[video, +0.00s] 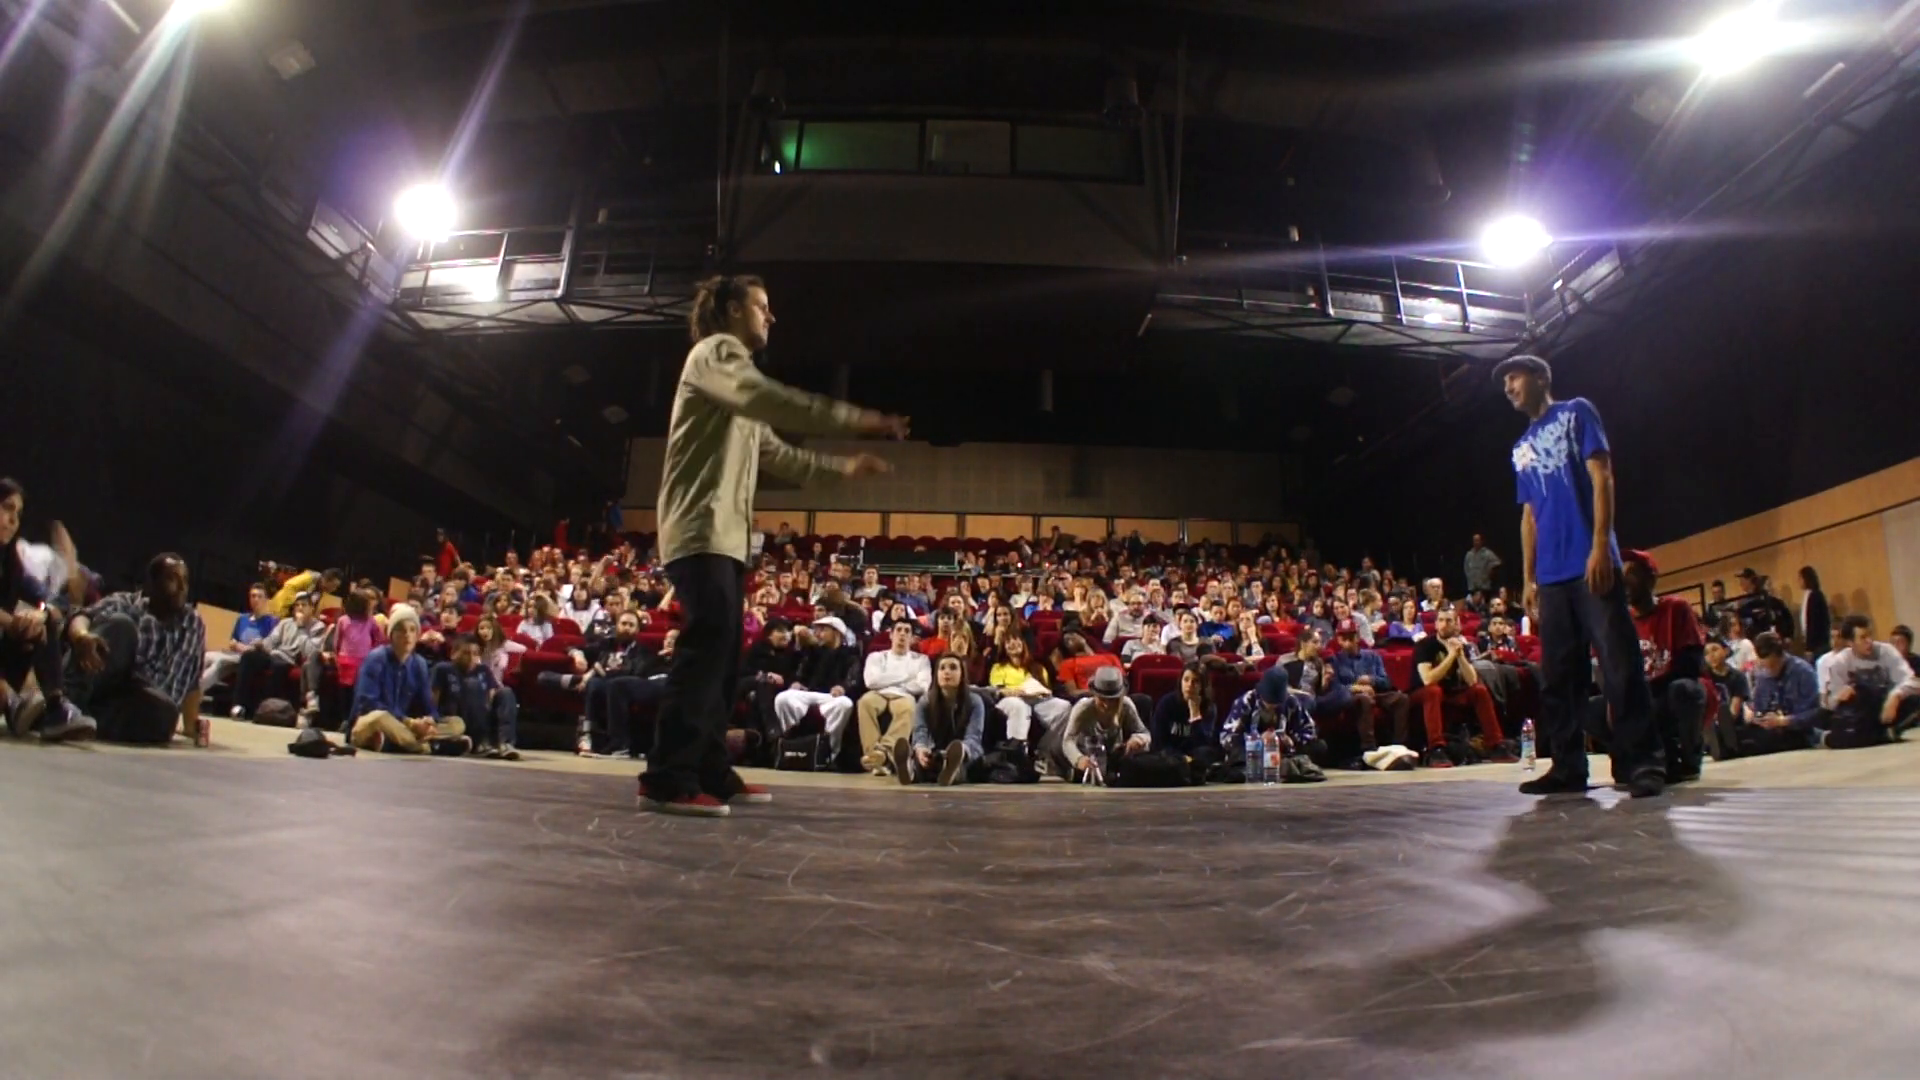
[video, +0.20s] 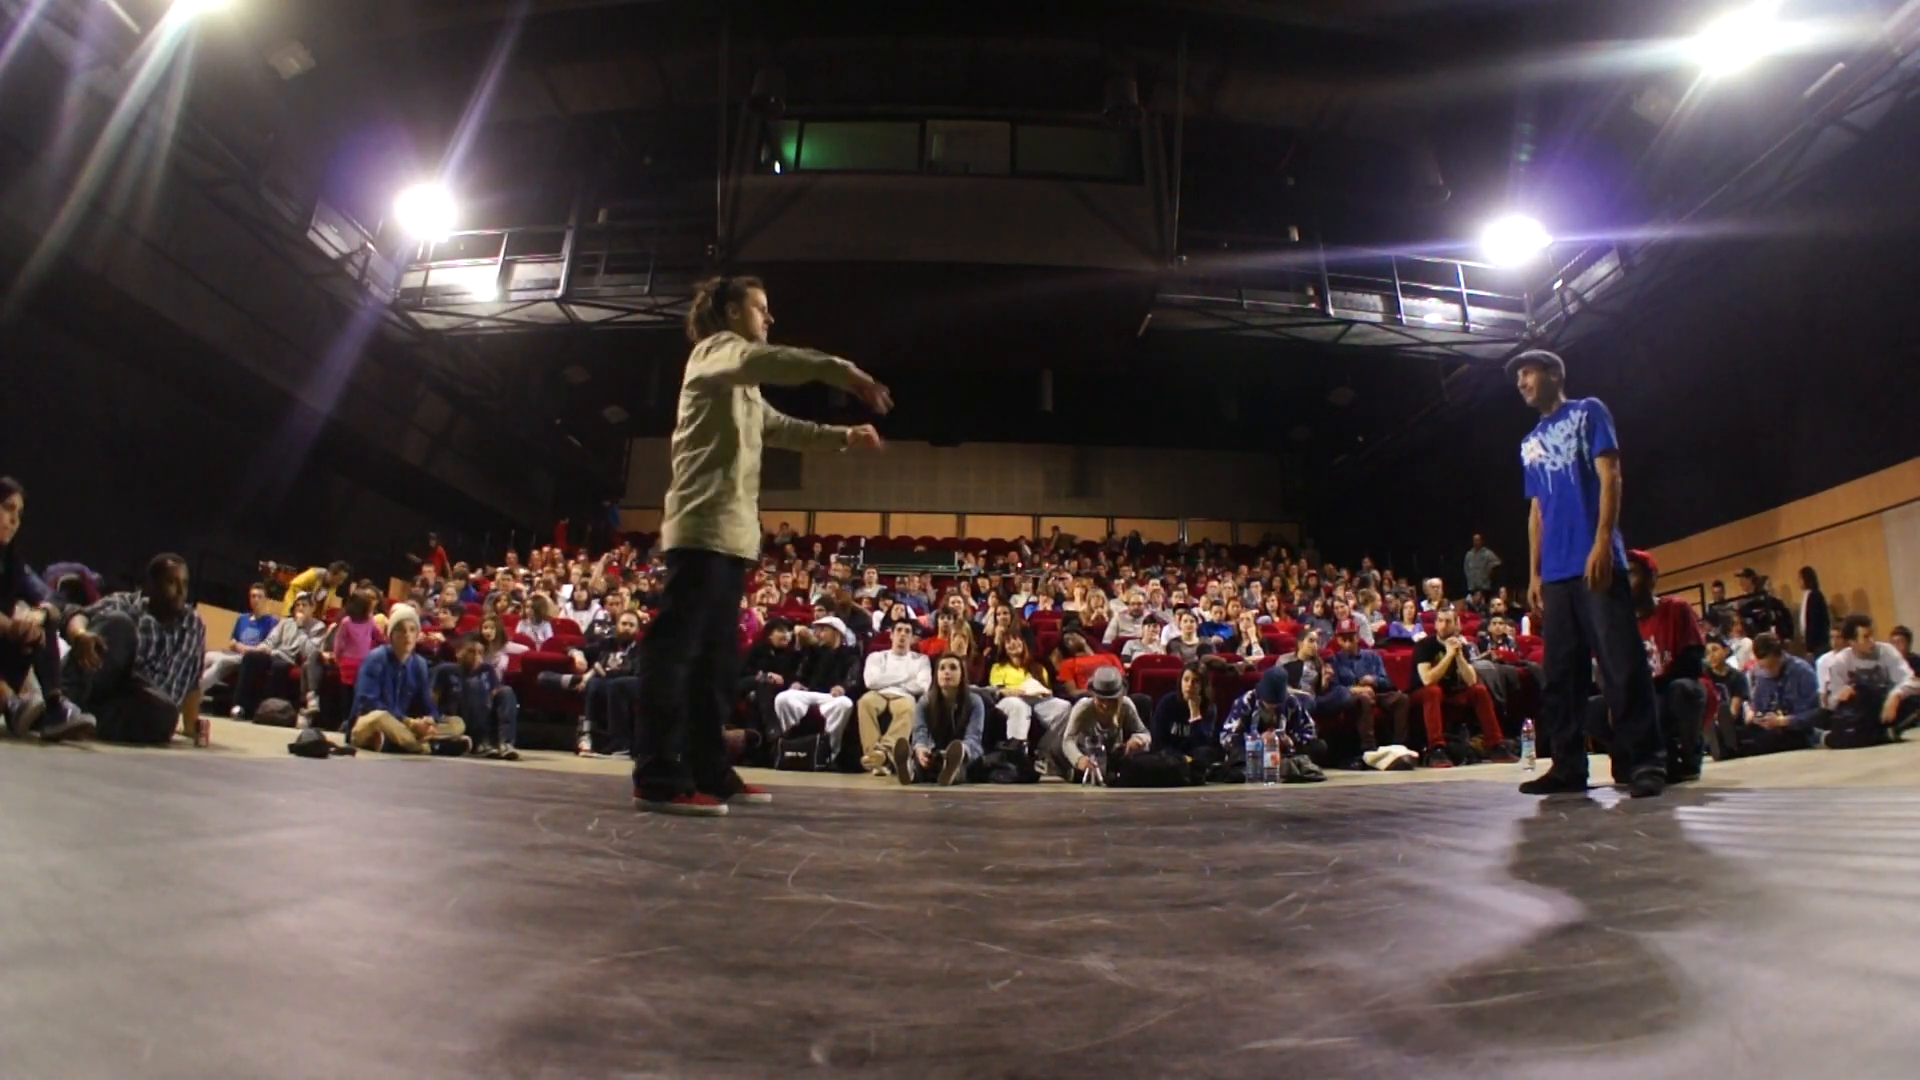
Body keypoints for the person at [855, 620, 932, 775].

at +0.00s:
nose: (902, 634)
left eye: (907, 631)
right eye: (899, 630)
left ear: (912, 638)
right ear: (891, 634)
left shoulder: (921, 659)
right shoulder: (875, 657)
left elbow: (922, 686)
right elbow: (871, 681)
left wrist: (888, 683)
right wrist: (905, 677)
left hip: (904, 694)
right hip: (879, 692)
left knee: (907, 710)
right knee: (865, 703)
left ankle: (884, 750)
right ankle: (875, 760)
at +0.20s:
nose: (902, 635)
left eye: (907, 632)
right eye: (899, 630)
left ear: (912, 638)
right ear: (891, 635)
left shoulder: (921, 659)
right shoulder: (875, 657)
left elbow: (922, 686)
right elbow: (871, 681)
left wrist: (887, 683)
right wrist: (905, 677)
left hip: (904, 695)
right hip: (879, 692)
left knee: (907, 710)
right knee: (865, 703)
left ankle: (884, 750)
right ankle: (875, 760)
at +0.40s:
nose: (903, 635)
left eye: (907, 632)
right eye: (899, 630)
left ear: (912, 638)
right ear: (891, 634)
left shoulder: (921, 659)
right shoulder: (875, 657)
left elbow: (921, 687)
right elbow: (871, 682)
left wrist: (887, 683)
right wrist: (905, 678)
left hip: (904, 695)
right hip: (879, 692)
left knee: (907, 710)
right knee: (865, 703)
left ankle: (884, 750)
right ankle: (875, 760)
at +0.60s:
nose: (903, 635)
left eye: (907, 632)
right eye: (899, 630)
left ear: (912, 638)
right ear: (891, 634)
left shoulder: (921, 659)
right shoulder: (875, 657)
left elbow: (921, 686)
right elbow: (871, 682)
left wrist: (887, 683)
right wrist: (905, 677)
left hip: (904, 694)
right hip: (879, 692)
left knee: (907, 710)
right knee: (865, 703)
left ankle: (884, 750)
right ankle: (875, 760)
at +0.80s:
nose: (903, 635)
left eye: (907, 632)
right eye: (899, 630)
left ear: (912, 638)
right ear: (891, 634)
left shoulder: (921, 660)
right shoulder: (875, 657)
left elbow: (921, 686)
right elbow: (871, 682)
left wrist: (887, 683)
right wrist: (905, 677)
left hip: (904, 694)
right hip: (879, 692)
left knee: (907, 710)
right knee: (865, 703)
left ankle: (884, 750)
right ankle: (875, 760)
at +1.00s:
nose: (903, 635)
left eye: (907, 632)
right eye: (899, 630)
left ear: (912, 638)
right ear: (891, 635)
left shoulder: (921, 660)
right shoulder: (875, 657)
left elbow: (921, 687)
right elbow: (871, 682)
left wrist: (887, 682)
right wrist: (906, 677)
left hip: (904, 694)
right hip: (879, 692)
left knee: (907, 710)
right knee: (865, 703)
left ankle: (885, 749)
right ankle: (875, 760)